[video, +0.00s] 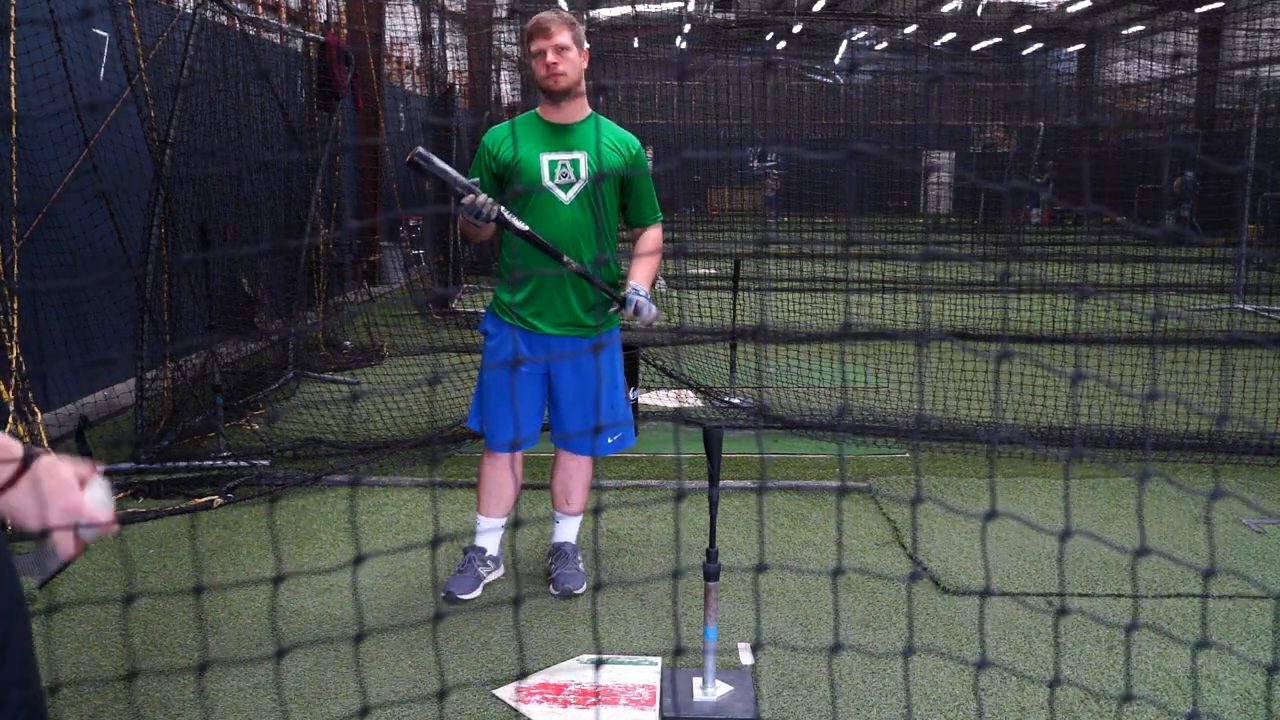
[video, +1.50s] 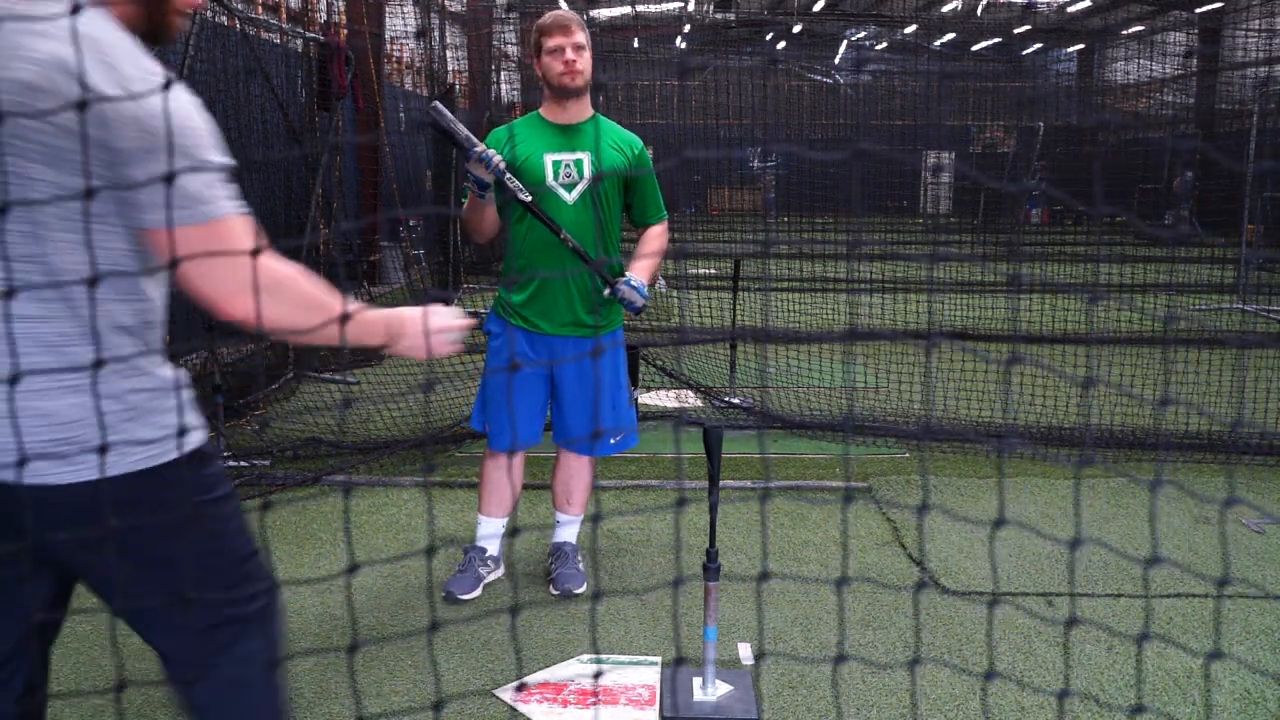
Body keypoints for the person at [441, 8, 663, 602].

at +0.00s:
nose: (551, 60)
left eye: (562, 49)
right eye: (540, 53)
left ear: (585, 57)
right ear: (529, 66)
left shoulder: (622, 148)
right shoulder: (500, 143)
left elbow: (648, 229)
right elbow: (477, 233)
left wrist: (638, 285)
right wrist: (477, 214)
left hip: (589, 322)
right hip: (515, 319)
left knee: (578, 437)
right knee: (501, 437)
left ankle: (566, 546)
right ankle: (486, 551)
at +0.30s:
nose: (554, 60)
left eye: (564, 50)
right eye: (542, 53)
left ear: (585, 57)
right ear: (530, 66)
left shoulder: (621, 148)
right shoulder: (500, 142)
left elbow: (649, 230)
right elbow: (477, 233)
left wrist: (640, 286)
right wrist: (474, 204)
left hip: (589, 324)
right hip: (515, 321)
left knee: (576, 443)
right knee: (500, 445)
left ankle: (566, 547)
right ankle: (485, 551)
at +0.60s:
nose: (558, 59)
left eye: (568, 49)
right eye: (546, 52)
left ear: (587, 57)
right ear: (533, 63)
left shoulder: (622, 146)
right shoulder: (501, 138)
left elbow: (652, 225)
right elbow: (476, 231)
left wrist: (641, 279)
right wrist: (484, 192)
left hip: (590, 320)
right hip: (517, 318)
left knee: (575, 443)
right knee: (501, 445)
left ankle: (566, 546)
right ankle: (484, 550)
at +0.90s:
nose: (563, 59)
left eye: (572, 49)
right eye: (550, 52)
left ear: (590, 57)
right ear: (535, 64)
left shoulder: (623, 147)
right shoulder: (504, 139)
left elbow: (648, 228)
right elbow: (477, 231)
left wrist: (632, 285)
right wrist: (482, 194)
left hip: (592, 321)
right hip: (519, 319)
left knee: (577, 442)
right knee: (503, 443)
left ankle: (566, 547)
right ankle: (485, 551)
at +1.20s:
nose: (566, 58)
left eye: (575, 48)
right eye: (553, 51)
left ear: (593, 58)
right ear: (537, 63)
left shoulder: (625, 147)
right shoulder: (505, 140)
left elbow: (656, 227)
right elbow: (480, 233)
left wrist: (641, 280)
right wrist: (478, 190)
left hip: (593, 322)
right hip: (520, 319)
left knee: (578, 439)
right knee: (504, 440)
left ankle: (566, 546)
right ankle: (486, 551)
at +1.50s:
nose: (569, 59)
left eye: (577, 48)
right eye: (556, 51)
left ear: (592, 57)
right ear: (538, 63)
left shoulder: (625, 148)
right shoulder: (505, 141)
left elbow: (654, 227)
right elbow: (482, 233)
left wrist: (637, 278)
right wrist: (479, 188)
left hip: (593, 322)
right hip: (519, 319)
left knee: (579, 439)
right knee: (504, 440)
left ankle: (566, 547)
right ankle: (486, 551)